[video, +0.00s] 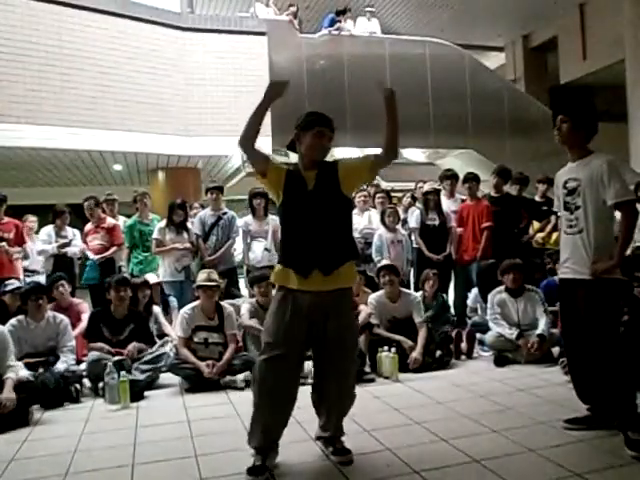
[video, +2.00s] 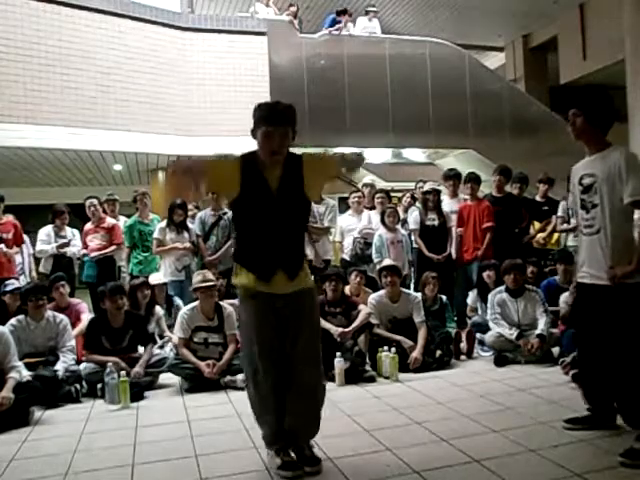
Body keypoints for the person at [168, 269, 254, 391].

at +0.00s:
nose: (209, 293)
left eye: (213, 289)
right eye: (205, 290)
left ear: (219, 291)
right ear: (197, 292)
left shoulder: (227, 311)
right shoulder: (187, 313)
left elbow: (232, 343)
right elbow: (181, 347)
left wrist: (222, 365)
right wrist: (200, 365)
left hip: (221, 357)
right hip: (197, 358)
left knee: (249, 359)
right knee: (173, 364)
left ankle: (198, 383)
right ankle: (221, 381)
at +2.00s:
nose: (209, 294)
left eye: (211, 289)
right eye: (204, 291)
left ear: (216, 290)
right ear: (196, 294)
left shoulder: (227, 312)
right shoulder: (186, 313)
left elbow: (232, 343)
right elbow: (181, 347)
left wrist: (221, 365)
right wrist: (201, 365)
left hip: (221, 357)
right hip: (196, 358)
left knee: (246, 361)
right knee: (173, 364)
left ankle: (198, 383)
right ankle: (222, 382)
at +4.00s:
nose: (211, 296)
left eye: (214, 292)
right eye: (206, 293)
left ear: (220, 293)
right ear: (200, 295)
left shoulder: (230, 314)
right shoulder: (191, 316)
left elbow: (237, 344)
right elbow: (184, 349)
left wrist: (225, 367)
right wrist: (204, 367)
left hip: (225, 361)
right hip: (200, 362)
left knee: (248, 368)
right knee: (177, 367)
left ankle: (202, 386)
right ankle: (225, 384)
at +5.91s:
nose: (207, 297)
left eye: (210, 293)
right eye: (204, 293)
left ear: (217, 294)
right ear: (199, 295)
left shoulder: (227, 313)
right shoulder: (191, 315)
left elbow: (236, 346)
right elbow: (184, 349)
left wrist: (220, 365)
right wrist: (204, 368)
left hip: (224, 360)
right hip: (200, 359)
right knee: (176, 366)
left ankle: (202, 386)